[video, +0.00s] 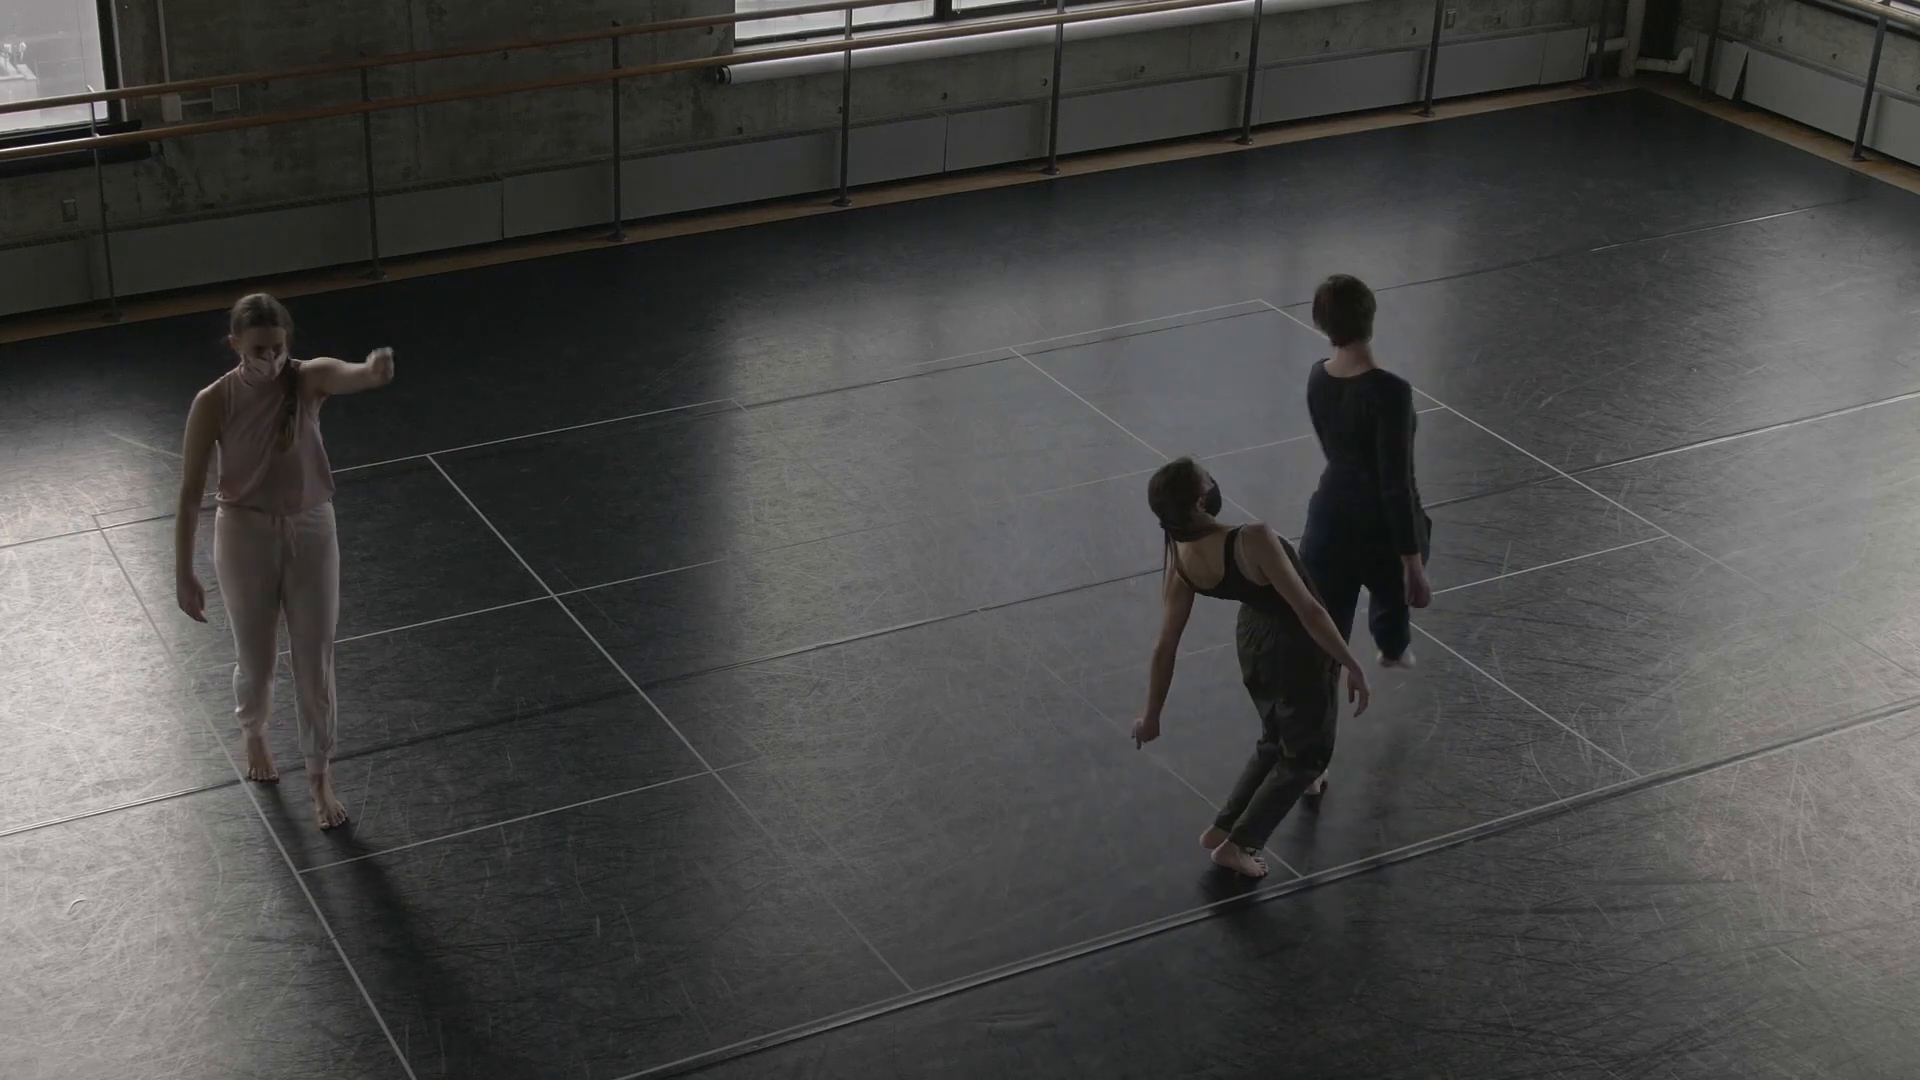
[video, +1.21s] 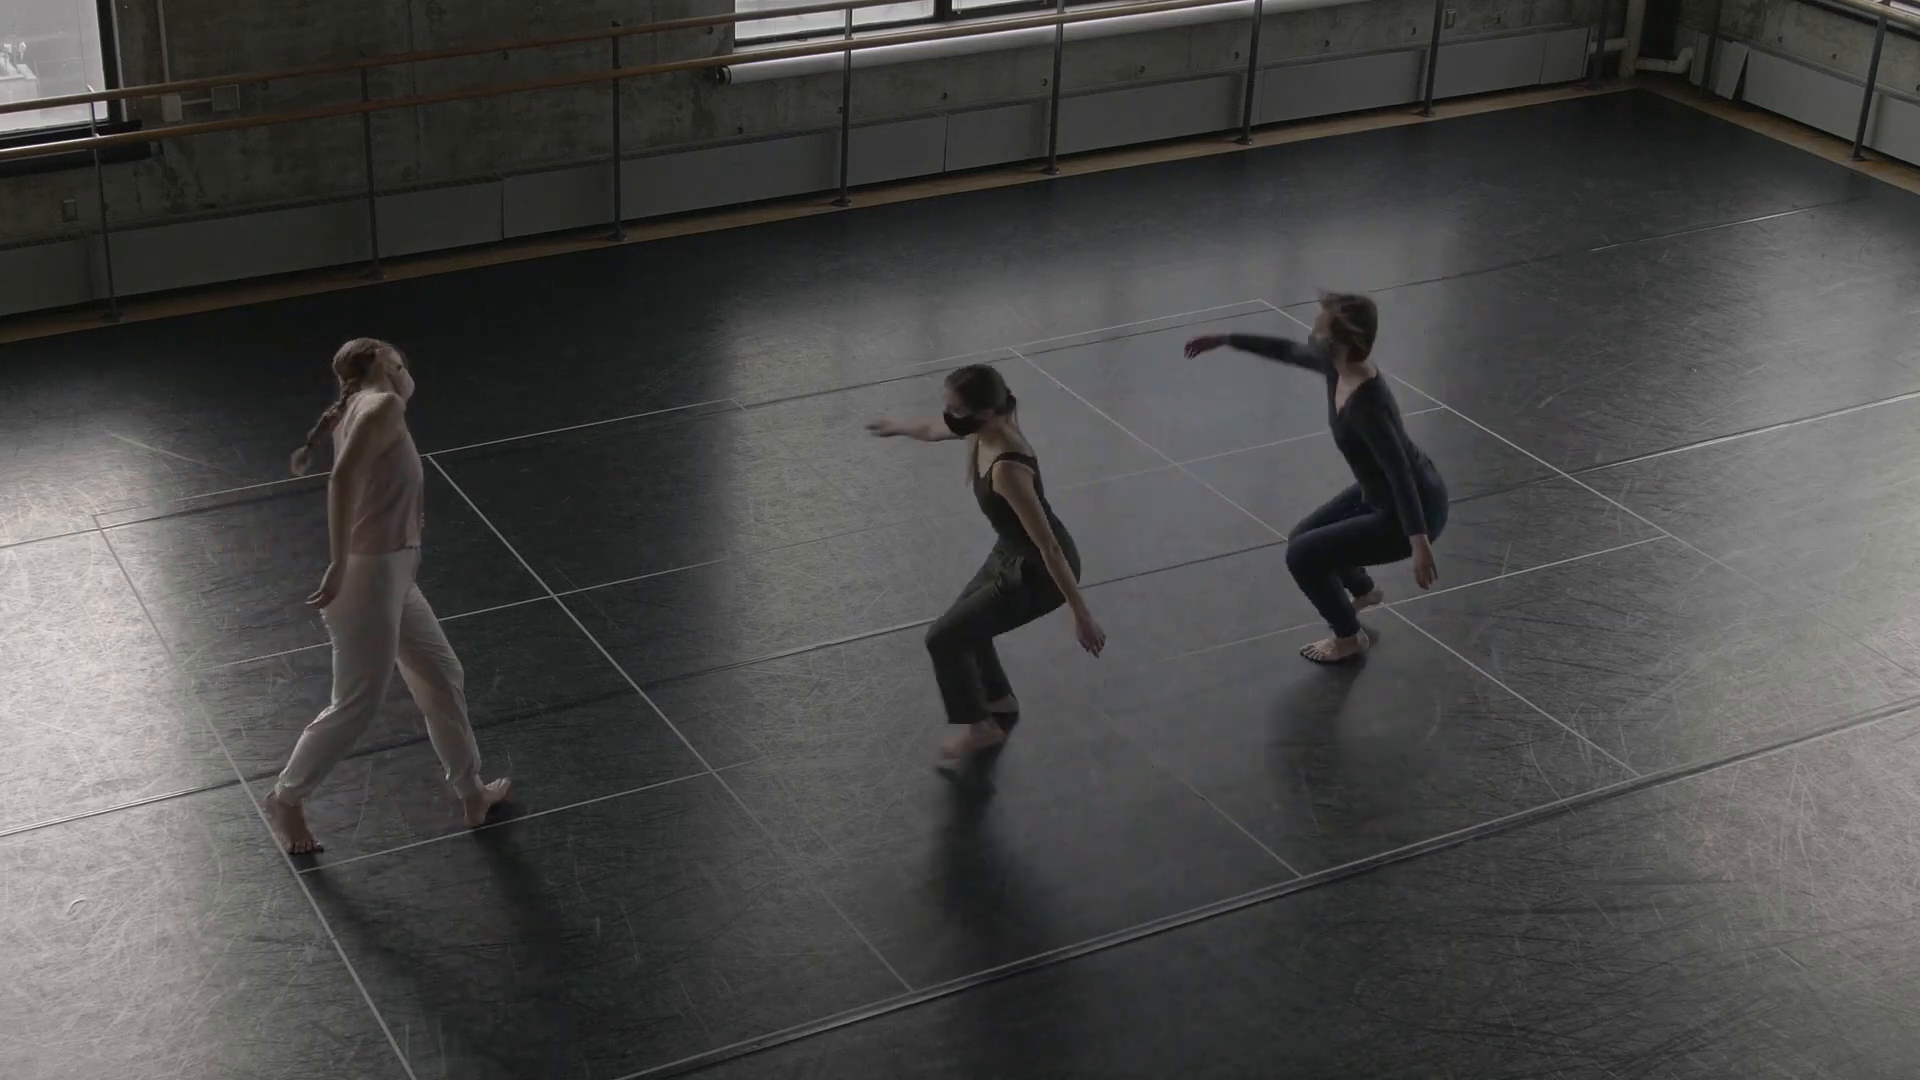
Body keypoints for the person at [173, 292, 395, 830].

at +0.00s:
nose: (268, 362)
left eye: (275, 350)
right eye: (257, 352)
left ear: (288, 342)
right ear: (235, 345)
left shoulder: (306, 376)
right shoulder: (214, 403)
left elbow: (347, 374)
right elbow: (192, 492)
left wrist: (374, 369)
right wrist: (184, 573)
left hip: (313, 532)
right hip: (245, 536)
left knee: (316, 661)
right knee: (258, 659)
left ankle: (322, 779)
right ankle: (254, 736)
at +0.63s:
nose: (319, 382)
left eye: (326, 370)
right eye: (308, 372)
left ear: (336, 367)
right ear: (284, 369)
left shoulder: (344, 414)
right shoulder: (251, 431)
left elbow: (418, 407)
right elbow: (211, 516)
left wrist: (410, 346)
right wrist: (190, 595)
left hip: (331, 576)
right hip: (264, 579)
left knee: (352, 716)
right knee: (293, 701)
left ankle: (317, 772)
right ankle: (286, 804)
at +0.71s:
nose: (324, 395)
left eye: (333, 384)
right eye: (313, 385)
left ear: (344, 384)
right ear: (291, 382)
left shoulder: (346, 435)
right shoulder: (264, 441)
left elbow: (410, 447)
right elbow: (222, 530)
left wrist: (410, 383)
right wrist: (207, 612)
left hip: (331, 593)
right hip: (269, 596)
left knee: (366, 724)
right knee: (300, 724)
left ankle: (314, 780)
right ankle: (287, 807)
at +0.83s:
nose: (340, 405)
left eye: (349, 395)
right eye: (330, 395)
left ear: (359, 400)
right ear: (307, 395)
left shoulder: (340, 461)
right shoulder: (285, 448)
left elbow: (380, 514)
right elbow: (240, 529)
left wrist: (405, 446)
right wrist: (246, 612)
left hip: (338, 604)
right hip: (285, 609)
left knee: (394, 721)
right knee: (319, 740)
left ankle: (329, 782)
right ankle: (286, 806)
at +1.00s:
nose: (373, 395)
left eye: (378, 389)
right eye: (364, 384)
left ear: (380, 403)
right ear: (332, 390)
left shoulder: (342, 453)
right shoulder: (319, 434)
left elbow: (355, 550)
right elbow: (273, 505)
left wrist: (395, 511)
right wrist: (284, 592)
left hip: (355, 598)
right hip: (311, 602)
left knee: (432, 688)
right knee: (334, 736)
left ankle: (389, 796)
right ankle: (284, 802)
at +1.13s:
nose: (398, 388)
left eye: (396, 381)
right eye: (392, 379)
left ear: (361, 380)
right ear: (367, 376)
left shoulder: (356, 424)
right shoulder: (354, 413)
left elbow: (340, 519)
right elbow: (310, 487)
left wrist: (391, 520)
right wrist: (310, 573)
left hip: (375, 587)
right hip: (341, 591)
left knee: (440, 678)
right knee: (344, 720)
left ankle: (462, 800)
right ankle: (283, 801)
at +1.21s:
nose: (408, 377)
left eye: (405, 368)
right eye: (400, 368)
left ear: (360, 375)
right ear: (379, 370)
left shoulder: (361, 407)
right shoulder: (382, 403)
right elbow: (342, 474)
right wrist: (337, 563)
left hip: (390, 571)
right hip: (371, 574)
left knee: (440, 676)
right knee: (355, 704)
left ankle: (474, 796)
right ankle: (284, 799)